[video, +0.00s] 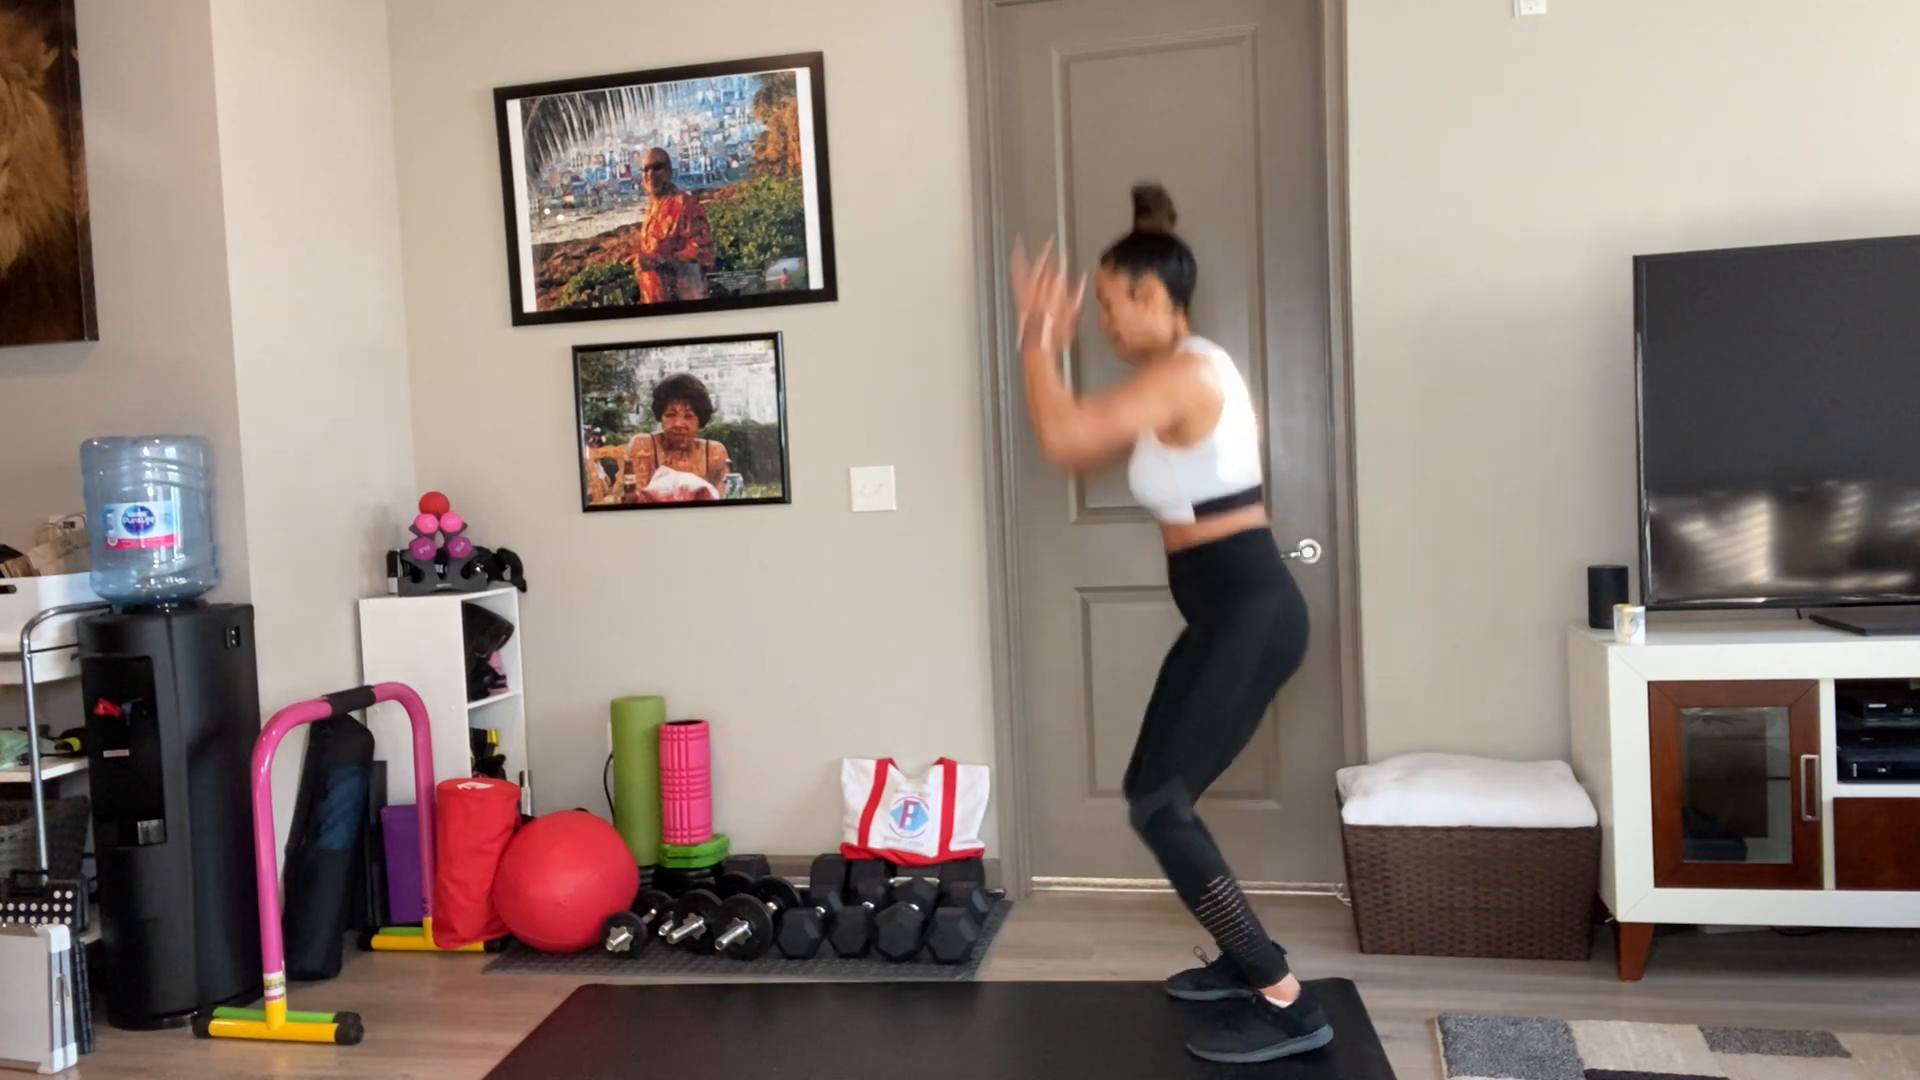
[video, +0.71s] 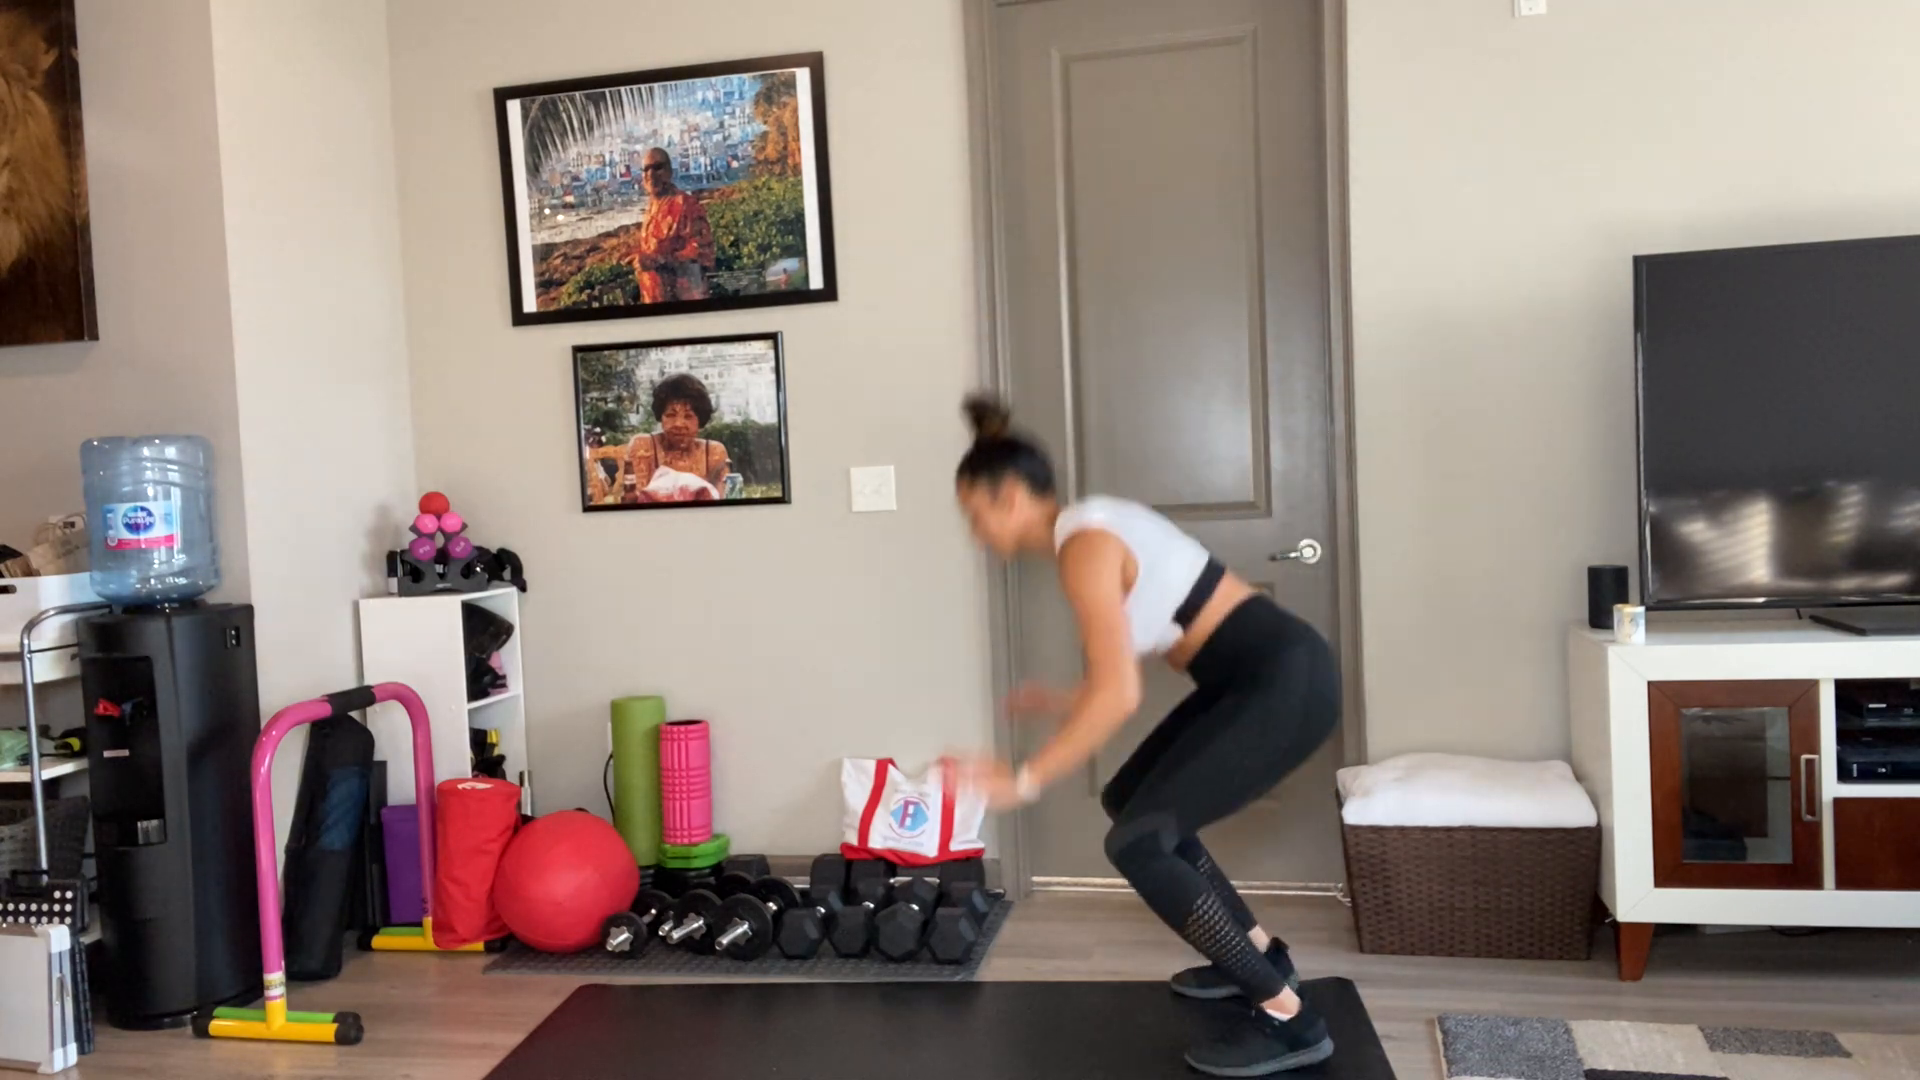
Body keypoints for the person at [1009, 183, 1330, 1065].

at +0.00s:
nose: (1111, 315)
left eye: (1122, 299)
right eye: (1107, 301)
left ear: (1164, 297)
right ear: (1129, 304)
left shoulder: (1192, 376)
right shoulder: (1175, 370)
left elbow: (1065, 439)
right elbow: (1074, 440)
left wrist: (1036, 340)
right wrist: (1053, 347)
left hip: (1252, 610)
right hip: (1222, 609)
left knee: (1159, 800)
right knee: (1152, 791)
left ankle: (1277, 989)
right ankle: (1247, 960)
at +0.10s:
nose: (1104, 221)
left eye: (1113, 206)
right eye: (1098, 209)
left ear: (1151, 197)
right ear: (1113, 212)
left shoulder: (1189, 265)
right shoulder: (1147, 275)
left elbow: (1050, 245)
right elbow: (1057, 271)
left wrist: (1043, 139)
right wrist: (1046, 150)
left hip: (1226, 513)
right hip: (1191, 519)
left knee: (1221, 729)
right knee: (1211, 726)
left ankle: (1263, 960)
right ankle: (1228, 920)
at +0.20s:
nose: (1076, 180)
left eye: (1084, 160)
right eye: (1074, 163)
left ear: (1123, 146)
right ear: (1115, 147)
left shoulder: (1173, 206)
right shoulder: (1143, 220)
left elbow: (1066, 129)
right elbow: (1066, 136)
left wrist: (1016, 29)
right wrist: (1027, 40)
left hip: (1223, 450)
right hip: (1200, 454)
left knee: (1208, 664)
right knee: (1205, 665)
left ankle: (1262, 889)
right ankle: (1258, 875)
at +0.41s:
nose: (1058, 191)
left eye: (1060, 173)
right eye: (1053, 177)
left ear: (1095, 155)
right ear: (1094, 155)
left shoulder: (1146, 214)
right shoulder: (1124, 227)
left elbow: (1041, 172)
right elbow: (1047, 180)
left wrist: (983, 92)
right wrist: (1012, 112)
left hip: (1222, 458)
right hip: (1206, 460)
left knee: (1206, 671)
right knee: (1206, 671)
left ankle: (1252, 895)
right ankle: (1237, 873)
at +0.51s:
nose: (1041, 271)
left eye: (1052, 254)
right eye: (1034, 258)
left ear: (1091, 244)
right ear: (1055, 255)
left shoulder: (1142, 300)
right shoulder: (1101, 305)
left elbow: (1080, 336)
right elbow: (1053, 306)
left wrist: (1002, 291)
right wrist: (1016, 279)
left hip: (1234, 521)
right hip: (1206, 528)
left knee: (1195, 733)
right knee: (1192, 732)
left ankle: (1257, 964)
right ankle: (1233, 929)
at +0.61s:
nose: (1006, 402)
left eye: (1010, 381)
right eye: (1001, 386)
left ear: (1051, 368)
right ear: (1048, 370)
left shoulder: (1111, 432)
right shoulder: (1107, 427)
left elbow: (1129, 551)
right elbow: (1146, 551)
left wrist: (1015, 555)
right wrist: (1054, 524)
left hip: (1258, 623)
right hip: (1237, 622)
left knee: (1156, 814)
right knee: (1159, 800)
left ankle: (1285, 1007)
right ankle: (1255, 954)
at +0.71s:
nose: (975, 531)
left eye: (976, 512)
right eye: (969, 515)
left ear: (1014, 493)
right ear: (1015, 494)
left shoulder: (1088, 546)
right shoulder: (1093, 526)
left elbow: (1116, 694)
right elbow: (1129, 670)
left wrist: (1023, 778)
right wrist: (1064, 701)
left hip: (1281, 679)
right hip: (1248, 676)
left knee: (1138, 843)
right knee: (1126, 800)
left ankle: (1286, 1012)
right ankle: (1252, 946)